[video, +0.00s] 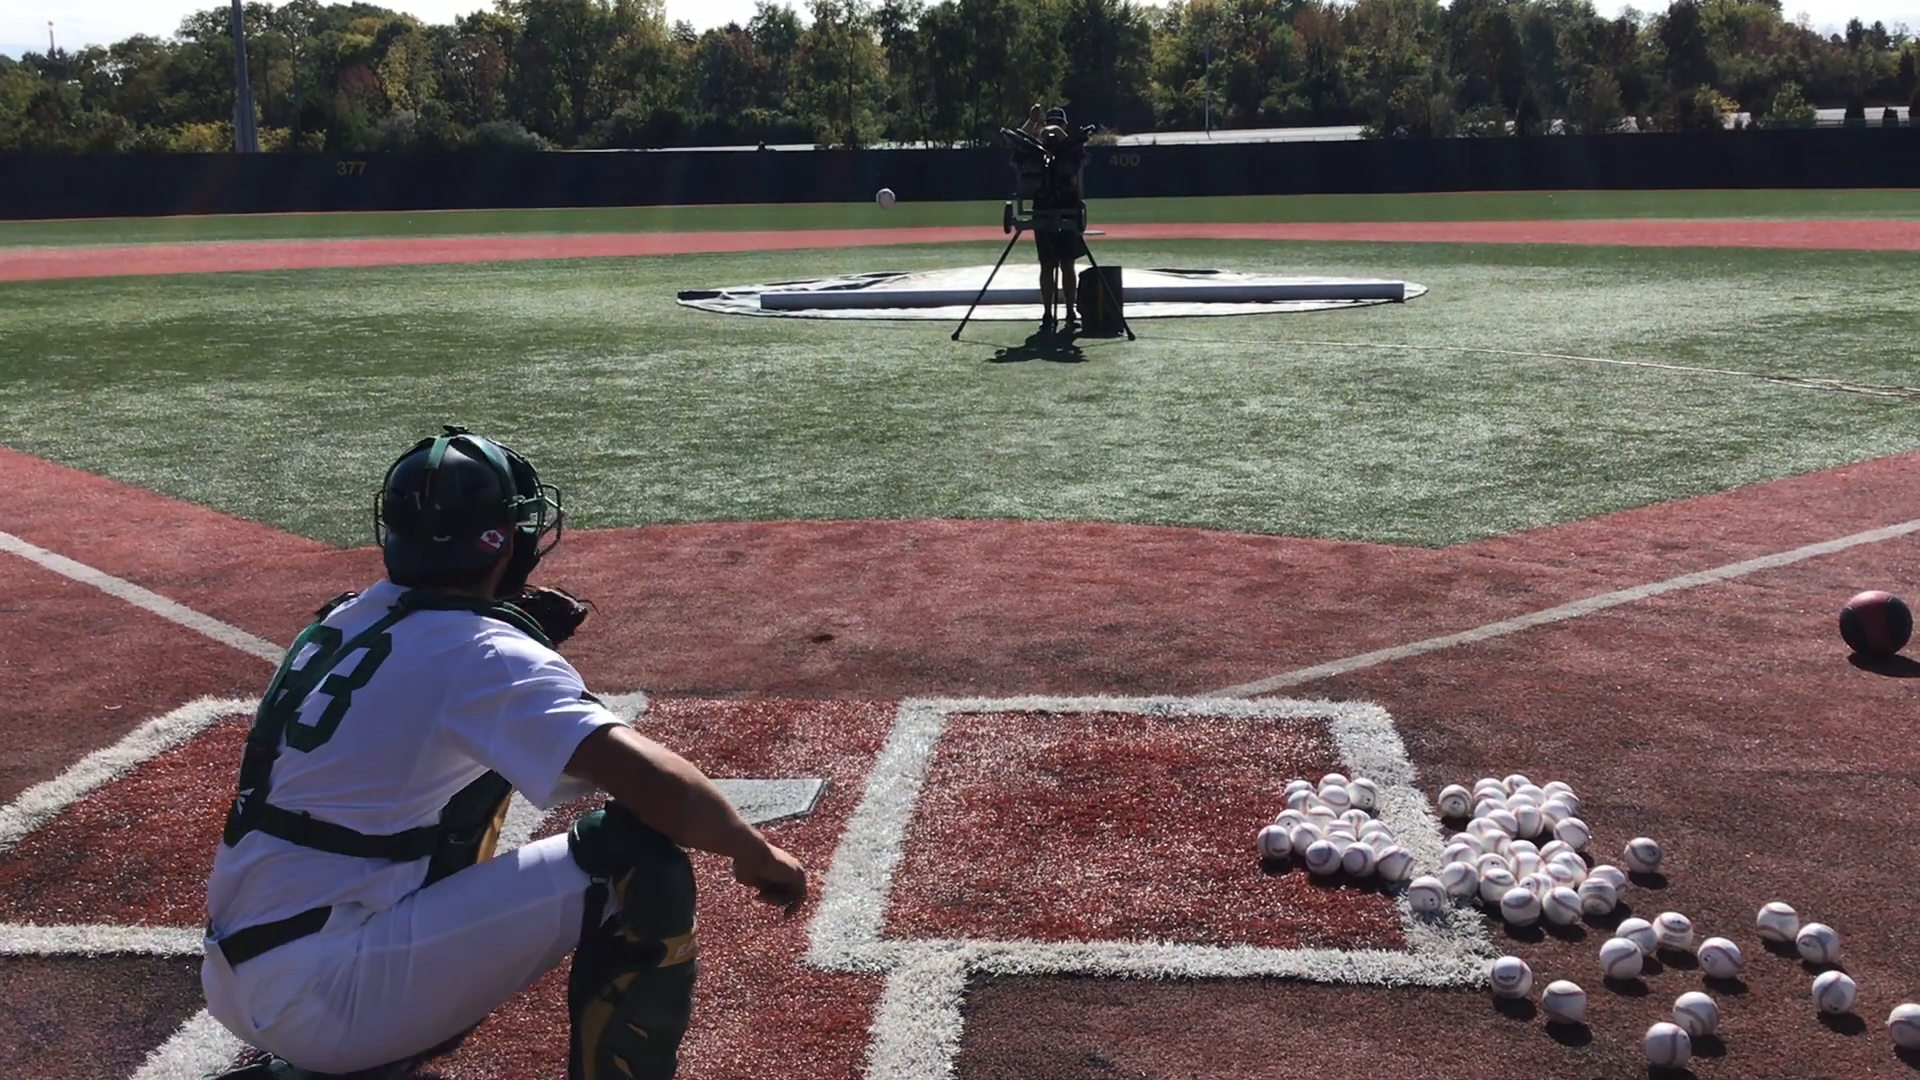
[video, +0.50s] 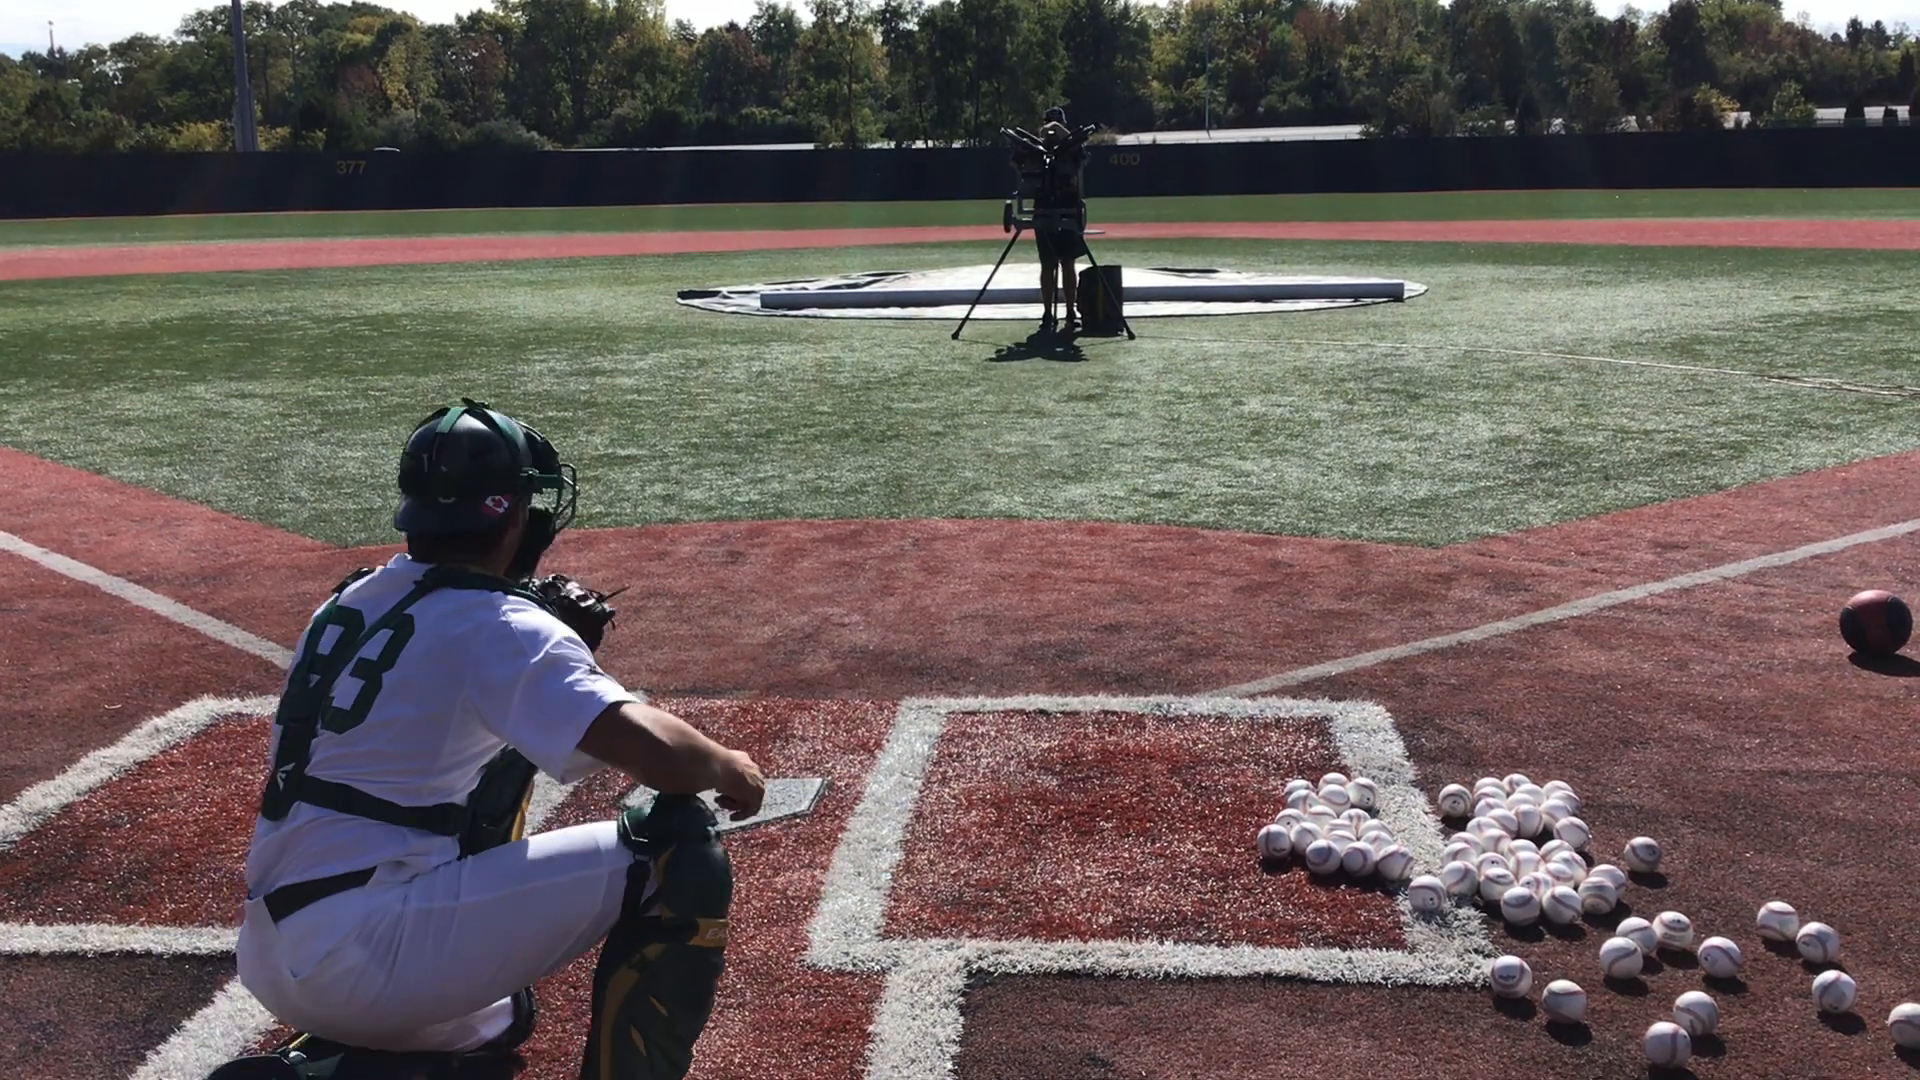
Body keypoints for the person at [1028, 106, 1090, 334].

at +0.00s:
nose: (1053, 133)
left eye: (1058, 129)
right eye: (1049, 129)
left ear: (1066, 130)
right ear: (1043, 131)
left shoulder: (1073, 149)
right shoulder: (1037, 149)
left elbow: (1078, 158)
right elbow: (1020, 146)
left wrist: (1062, 137)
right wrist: (1032, 122)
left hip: (1068, 213)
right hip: (1043, 214)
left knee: (1068, 266)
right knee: (1047, 268)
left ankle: (1070, 314)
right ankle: (1048, 315)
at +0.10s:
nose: (1054, 130)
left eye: (1058, 126)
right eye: (1050, 126)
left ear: (1066, 127)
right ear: (1044, 128)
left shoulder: (1073, 147)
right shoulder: (1037, 146)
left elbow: (1077, 163)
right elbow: (1020, 164)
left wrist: (1063, 140)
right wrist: (1031, 137)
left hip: (1068, 212)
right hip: (1043, 213)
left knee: (1068, 266)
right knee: (1047, 267)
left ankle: (1070, 313)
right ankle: (1048, 314)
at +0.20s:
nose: (1052, 130)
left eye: (1056, 126)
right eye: (1049, 126)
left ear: (1065, 126)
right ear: (1043, 126)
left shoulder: (1073, 145)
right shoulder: (1036, 147)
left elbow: (1076, 161)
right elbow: (1017, 157)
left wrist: (1063, 137)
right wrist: (1036, 139)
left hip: (1069, 212)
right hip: (1044, 212)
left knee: (1068, 266)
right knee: (1047, 267)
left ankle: (1070, 313)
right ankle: (1047, 314)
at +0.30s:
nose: (1051, 134)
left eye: (1055, 130)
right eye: (1047, 130)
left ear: (1063, 130)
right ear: (1040, 131)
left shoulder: (1072, 149)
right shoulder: (1036, 151)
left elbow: (1078, 156)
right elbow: (1017, 157)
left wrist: (1063, 136)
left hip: (1068, 214)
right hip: (1044, 215)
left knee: (1068, 266)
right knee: (1047, 267)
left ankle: (1070, 313)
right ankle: (1048, 314)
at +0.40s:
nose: (1051, 133)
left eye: (1055, 128)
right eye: (1048, 129)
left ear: (1065, 128)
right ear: (1042, 130)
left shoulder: (1073, 149)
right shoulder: (1037, 150)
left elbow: (1077, 155)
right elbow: (1017, 157)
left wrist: (1064, 135)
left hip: (1069, 214)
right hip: (1044, 215)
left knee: (1068, 266)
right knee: (1048, 267)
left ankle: (1070, 314)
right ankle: (1048, 314)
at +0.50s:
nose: (1051, 133)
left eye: (1055, 129)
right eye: (1048, 129)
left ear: (1064, 130)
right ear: (1042, 132)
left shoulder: (1071, 150)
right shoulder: (1037, 151)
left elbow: (1081, 156)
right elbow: (1018, 157)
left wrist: (1065, 134)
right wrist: (1034, 140)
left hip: (1069, 214)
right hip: (1044, 215)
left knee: (1068, 266)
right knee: (1048, 267)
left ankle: (1070, 313)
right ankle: (1048, 313)